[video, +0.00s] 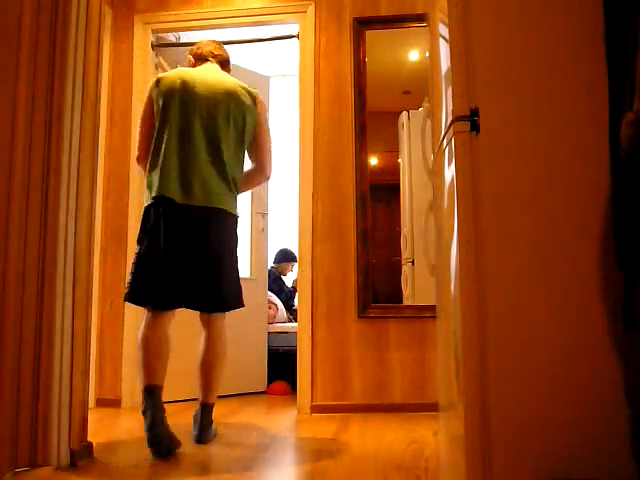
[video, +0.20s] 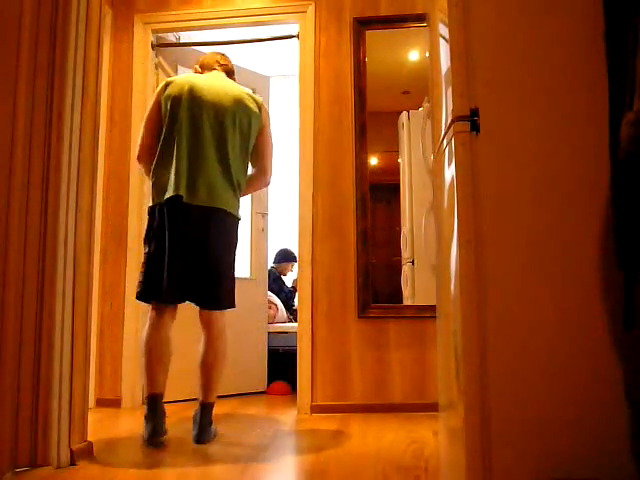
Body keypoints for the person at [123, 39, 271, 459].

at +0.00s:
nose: (193, 59)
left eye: (191, 56)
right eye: (211, 56)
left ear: (190, 60)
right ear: (227, 65)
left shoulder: (164, 83)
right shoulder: (249, 98)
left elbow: (143, 156)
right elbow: (263, 169)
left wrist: (172, 175)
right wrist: (223, 188)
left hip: (165, 215)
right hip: (217, 219)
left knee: (158, 314)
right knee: (215, 323)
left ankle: (153, 406)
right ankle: (204, 422)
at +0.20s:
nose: (194, 68)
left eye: (194, 65)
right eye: (203, 67)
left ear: (196, 69)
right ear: (231, 74)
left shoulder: (172, 86)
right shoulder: (253, 104)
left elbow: (145, 156)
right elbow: (263, 174)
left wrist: (173, 181)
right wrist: (227, 192)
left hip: (170, 213)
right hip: (220, 218)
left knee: (161, 314)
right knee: (214, 320)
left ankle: (155, 419)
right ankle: (204, 421)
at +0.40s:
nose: (195, 72)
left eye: (194, 70)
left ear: (195, 73)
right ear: (229, 78)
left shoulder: (172, 89)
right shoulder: (252, 103)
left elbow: (140, 154)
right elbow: (263, 175)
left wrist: (169, 184)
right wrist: (227, 190)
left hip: (171, 212)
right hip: (220, 216)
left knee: (171, 317)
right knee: (214, 321)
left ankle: (172, 418)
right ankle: (203, 422)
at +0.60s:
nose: (189, 74)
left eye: (188, 72)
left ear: (190, 73)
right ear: (223, 76)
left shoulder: (167, 91)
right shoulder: (248, 101)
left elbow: (134, 156)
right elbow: (260, 173)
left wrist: (169, 181)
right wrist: (223, 181)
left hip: (171, 216)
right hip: (220, 219)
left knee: (172, 318)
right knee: (213, 321)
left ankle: (174, 420)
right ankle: (203, 422)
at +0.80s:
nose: (186, 73)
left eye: (185, 71)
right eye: (199, 71)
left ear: (186, 71)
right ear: (218, 72)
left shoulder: (163, 91)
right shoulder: (245, 99)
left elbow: (134, 157)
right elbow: (259, 169)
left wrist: (169, 179)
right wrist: (222, 180)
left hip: (170, 217)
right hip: (219, 219)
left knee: (171, 318)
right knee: (212, 321)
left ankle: (174, 420)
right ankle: (203, 422)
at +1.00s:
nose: (185, 72)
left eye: (184, 70)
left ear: (184, 71)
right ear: (218, 72)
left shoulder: (160, 91)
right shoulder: (245, 99)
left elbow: (134, 158)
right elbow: (260, 168)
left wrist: (170, 178)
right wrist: (222, 179)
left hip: (169, 217)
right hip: (219, 219)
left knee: (171, 318)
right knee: (212, 320)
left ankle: (174, 421)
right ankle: (203, 422)